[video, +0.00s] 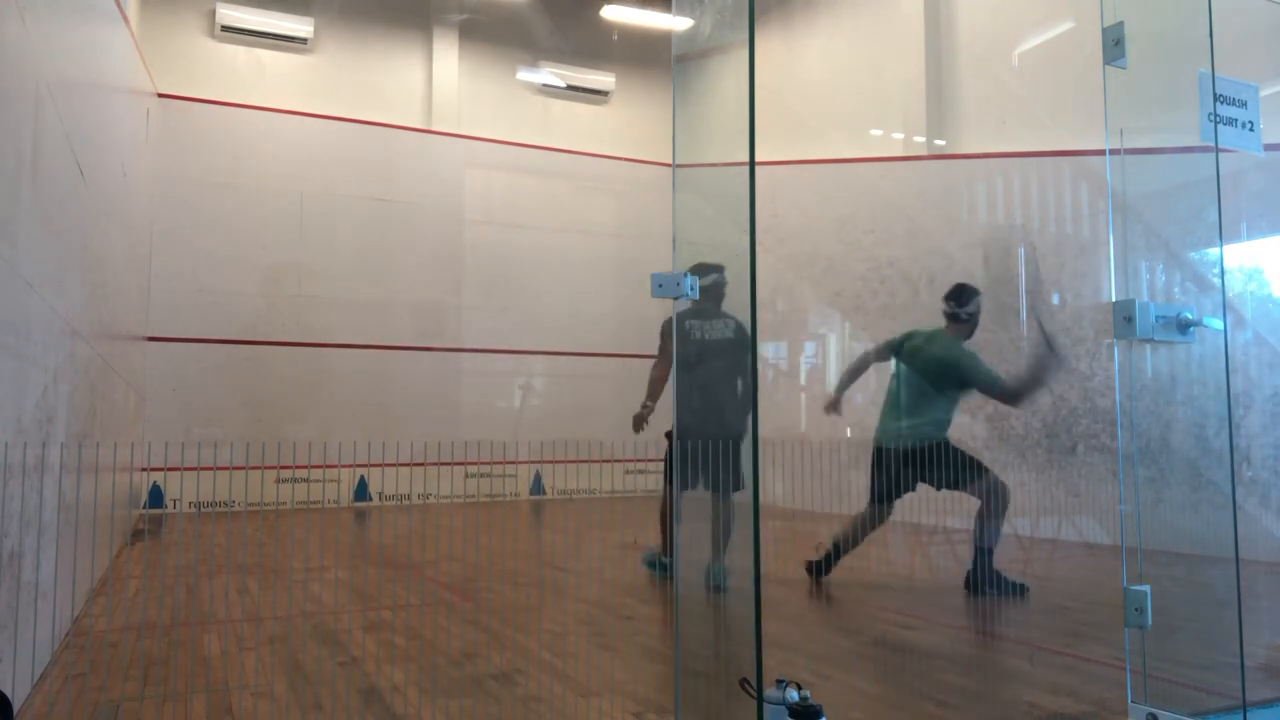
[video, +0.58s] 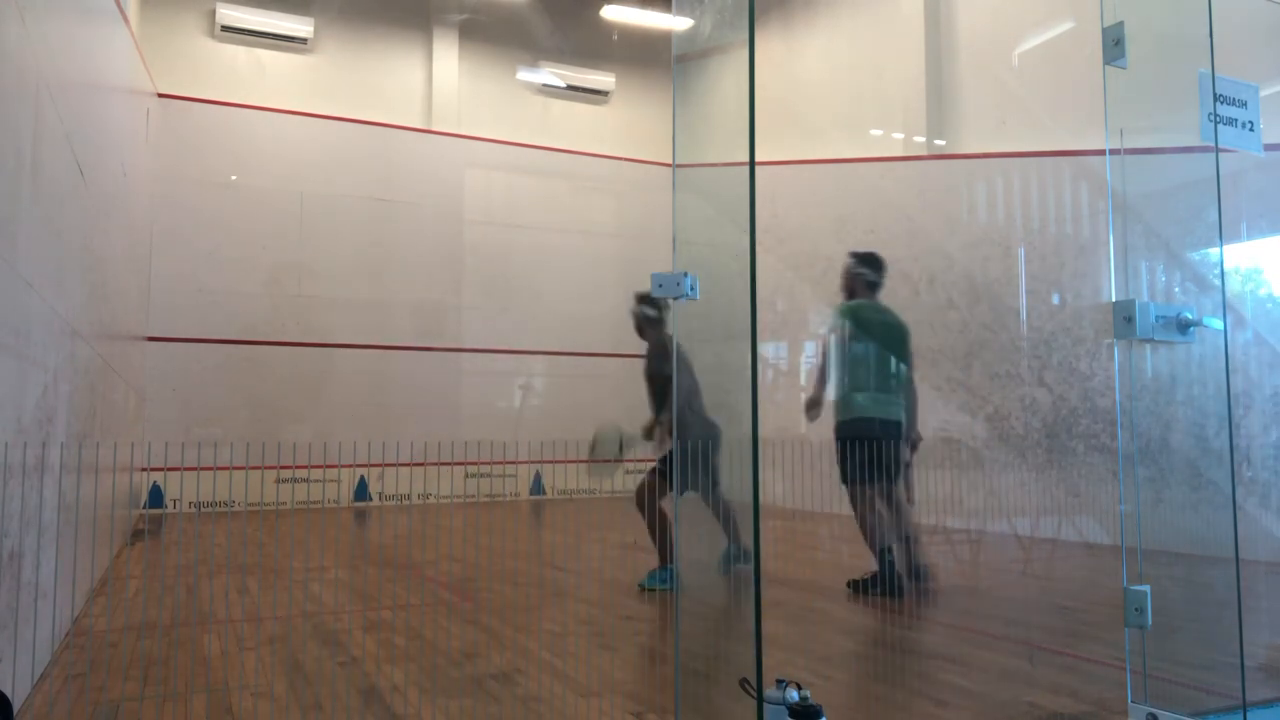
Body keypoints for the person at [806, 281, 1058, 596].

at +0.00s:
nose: (978, 323)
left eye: (976, 316)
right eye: (977, 317)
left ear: (946, 313)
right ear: (973, 319)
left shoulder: (913, 339)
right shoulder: (959, 357)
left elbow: (868, 357)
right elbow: (1012, 396)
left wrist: (837, 394)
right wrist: (1044, 367)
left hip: (889, 448)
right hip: (927, 450)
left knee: (877, 512)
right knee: (996, 494)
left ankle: (823, 562)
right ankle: (982, 573)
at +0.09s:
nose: (984, 312)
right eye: (984, 308)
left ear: (951, 308)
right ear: (982, 313)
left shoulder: (918, 336)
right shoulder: (981, 360)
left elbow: (869, 361)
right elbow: (1014, 408)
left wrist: (849, 395)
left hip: (889, 441)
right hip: (932, 444)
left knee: (876, 497)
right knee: (994, 492)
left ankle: (843, 563)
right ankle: (982, 573)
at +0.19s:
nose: (948, 303)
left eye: (947, 298)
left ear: (945, 301)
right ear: (975, 307)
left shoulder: (917, 329)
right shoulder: (979, 350)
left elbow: (867, 355)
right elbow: (973, 407)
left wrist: (848, 396)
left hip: (894, 437)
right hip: (941, 439)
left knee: (872, 492)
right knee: (994, 492)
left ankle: (856, 563)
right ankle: (986, 572)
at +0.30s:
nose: (927, 294)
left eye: (927, 288)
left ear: (926, 292)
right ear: (957, 297)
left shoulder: (905, 323)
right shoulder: (967, 339)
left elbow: (867, 348)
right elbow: (957, 388)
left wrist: (845, 393)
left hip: (893, 433)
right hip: (940, 434)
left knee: (867, 491)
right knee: (987, 491)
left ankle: (870, 565)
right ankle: (990, 574)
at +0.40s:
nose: (896, 283)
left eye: (899, 279)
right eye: (901, 277)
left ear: (903, 284)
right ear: (932, 288)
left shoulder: (888, 315)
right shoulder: (944, 329)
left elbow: (860, 344)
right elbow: (938, 379)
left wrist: (843, 390)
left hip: (881, 426)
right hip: (927, 427)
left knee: (867, 499)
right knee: (962, 493)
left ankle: (888, 572)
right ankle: (985, 573)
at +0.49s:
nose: (867, 281)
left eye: (870, 276)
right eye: (870, 275)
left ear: (878, 281)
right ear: (902, 284)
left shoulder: (868, 311)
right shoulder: (919, 326)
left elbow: (848, 345)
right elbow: (920, 383)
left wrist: (834, 390)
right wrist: (906, 417)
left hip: (868, 428)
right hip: (909, 429)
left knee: (866, 502)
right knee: (933, 496)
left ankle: (888, 575)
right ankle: (968, 567)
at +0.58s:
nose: (841, 283)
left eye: (845, 277)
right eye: (844, 276)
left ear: (852, 280)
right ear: (878, 284)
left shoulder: (843, 315)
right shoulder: (897, 324)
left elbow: (826, 360)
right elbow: (908, 383)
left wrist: (815, 398)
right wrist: (912, 427)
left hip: (855, 423)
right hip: (893, 424)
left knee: (863, 501)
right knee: (894, 496)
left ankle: (887, 570)